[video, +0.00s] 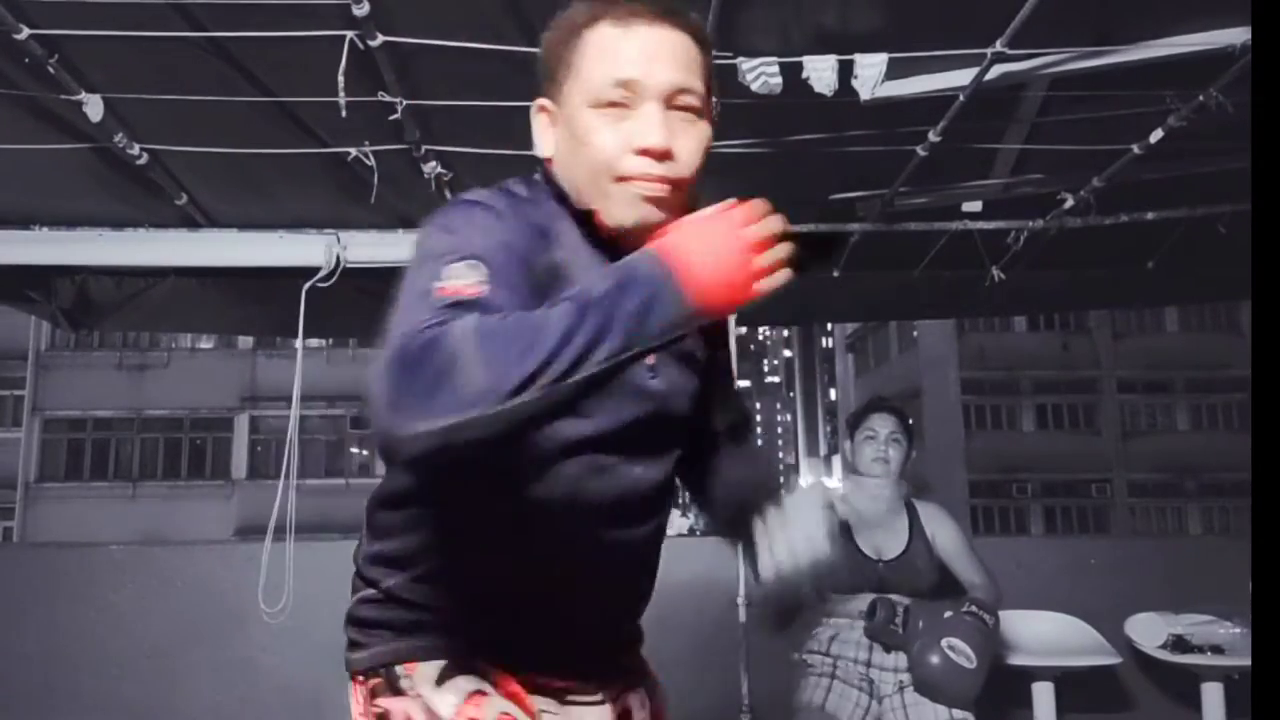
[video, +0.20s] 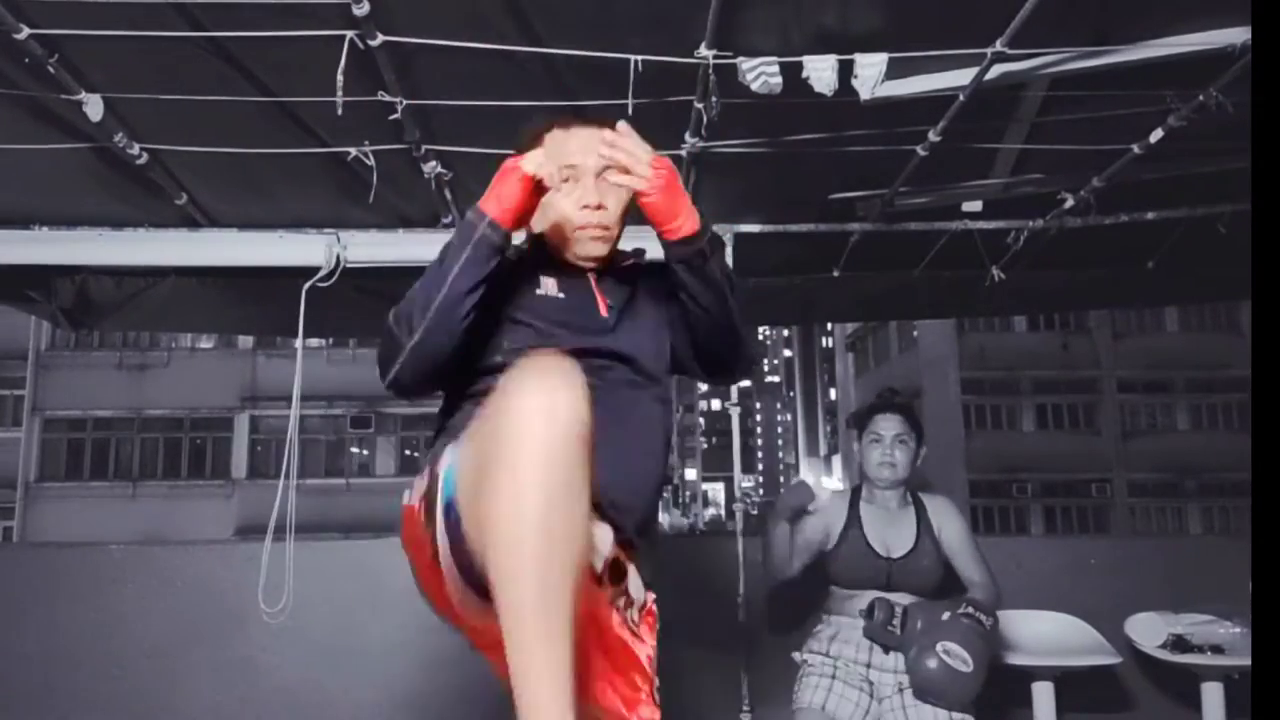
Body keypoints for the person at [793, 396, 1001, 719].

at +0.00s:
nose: (882, 447)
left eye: (894, 440)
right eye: (870, 437)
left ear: (907, 456)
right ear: (849, 450)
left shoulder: (930, 518)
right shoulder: (819, 516)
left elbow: (983, 587)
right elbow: (802, 599)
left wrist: (975, 617)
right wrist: (870, 608)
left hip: (921, 668)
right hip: (837, 664)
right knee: (824, 712)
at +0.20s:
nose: (888, 451)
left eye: (900, 442)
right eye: (875, 441)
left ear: (918, 455)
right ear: (859, 452)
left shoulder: (939, 513)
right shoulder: (830, 510)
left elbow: (983, 587)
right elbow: (781, 578)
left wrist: (967, 619)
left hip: (922, 666)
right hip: (838, 663)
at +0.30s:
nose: (887, 451)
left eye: (901, 442)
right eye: (875, 440)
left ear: (918, 454)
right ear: (858, 448)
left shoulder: (940, 513)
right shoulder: (821, 509)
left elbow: (984, 588)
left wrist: (962, 620)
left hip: (922, 670)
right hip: (839, 668)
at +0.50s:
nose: (885, 452)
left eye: (899, 443)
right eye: (874, 441)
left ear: (917, 457)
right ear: (857, 450)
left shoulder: (937, 515)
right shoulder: (825, 507)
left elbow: (984, 591)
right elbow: (755, 541)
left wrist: (951, 617)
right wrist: (806, 549)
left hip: (921, 670)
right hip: (838, 667)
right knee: (820, 711)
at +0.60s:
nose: (885, 452)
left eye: (898, 443)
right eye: (873, 441)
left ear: (916, 457)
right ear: (856, 449)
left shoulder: (936, 517)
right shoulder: (827, 511)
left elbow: (982, 590)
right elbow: (771, 560)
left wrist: (974, 617)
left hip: (921, 671)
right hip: (838, 667)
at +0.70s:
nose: (885, 452)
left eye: (899, 444)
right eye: (874, 441)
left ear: (917, 458)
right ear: (857, 449)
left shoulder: (935, 516)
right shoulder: (829, 511)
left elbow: (983, 590)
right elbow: (777, 565)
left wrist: (968, 617)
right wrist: (792, 484)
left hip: (920, 668)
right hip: (841, 665)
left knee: (940, 714)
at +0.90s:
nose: (881, 452)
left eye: (894, 443)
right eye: (869, 442)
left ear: (910, 454)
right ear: (852, 451)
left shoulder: (935, 519)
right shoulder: (830, 512)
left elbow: (983, 588)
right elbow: (784, 560)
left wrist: (967, 618)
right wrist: (836, 513)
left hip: (920, 666)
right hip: (839, 664)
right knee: (825, 711)